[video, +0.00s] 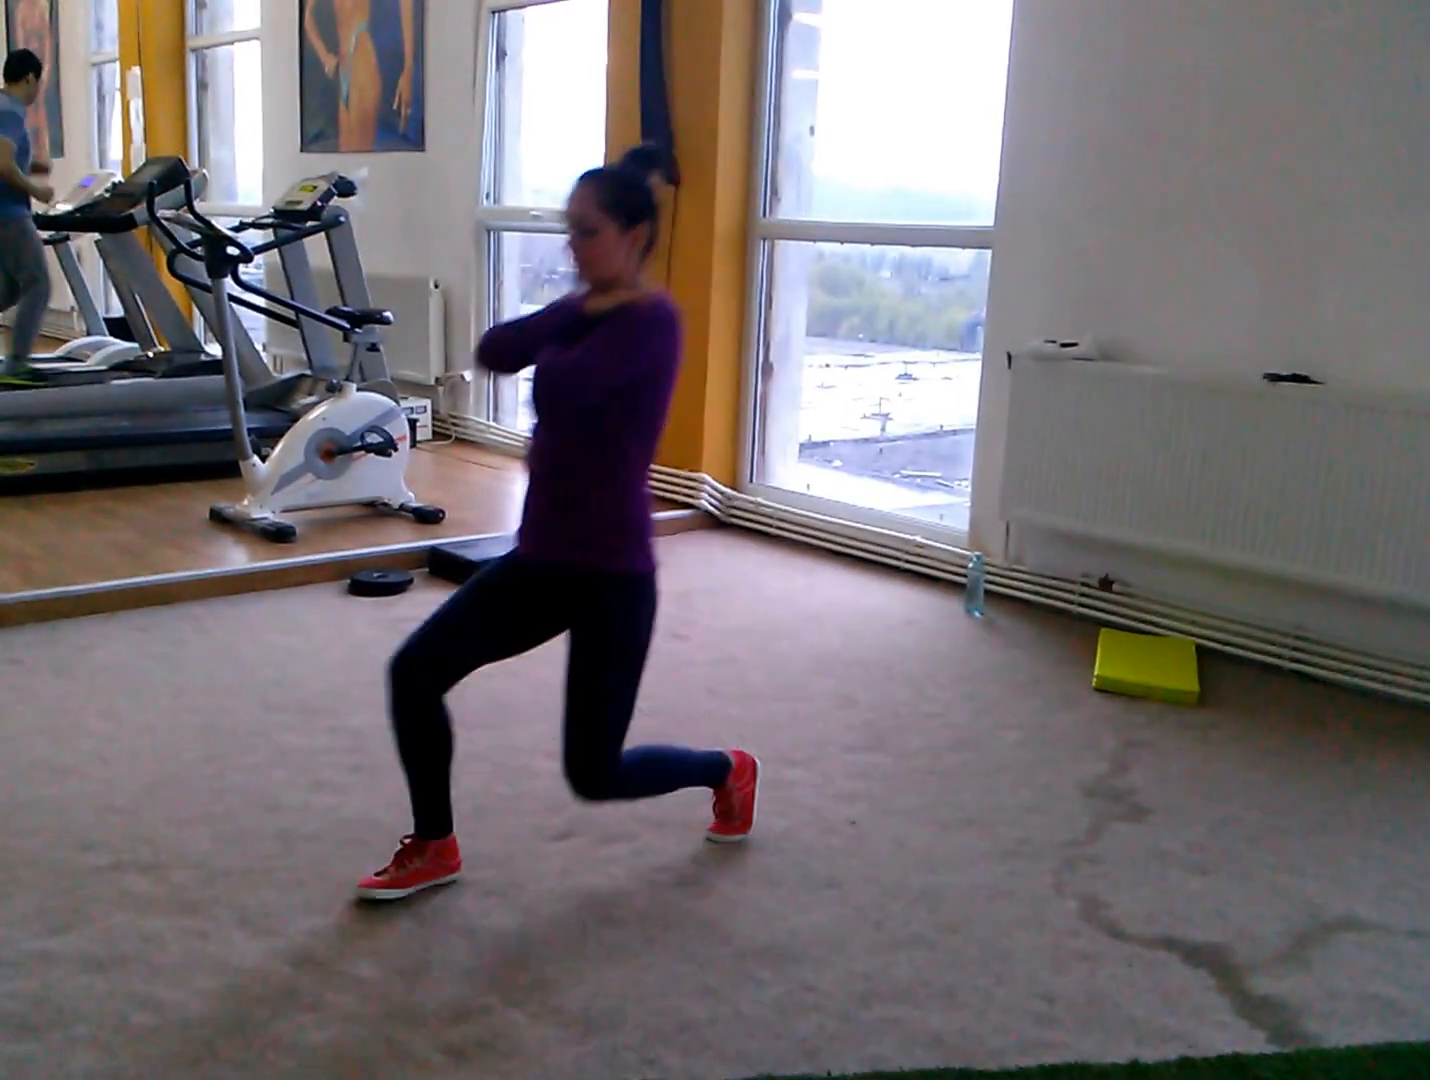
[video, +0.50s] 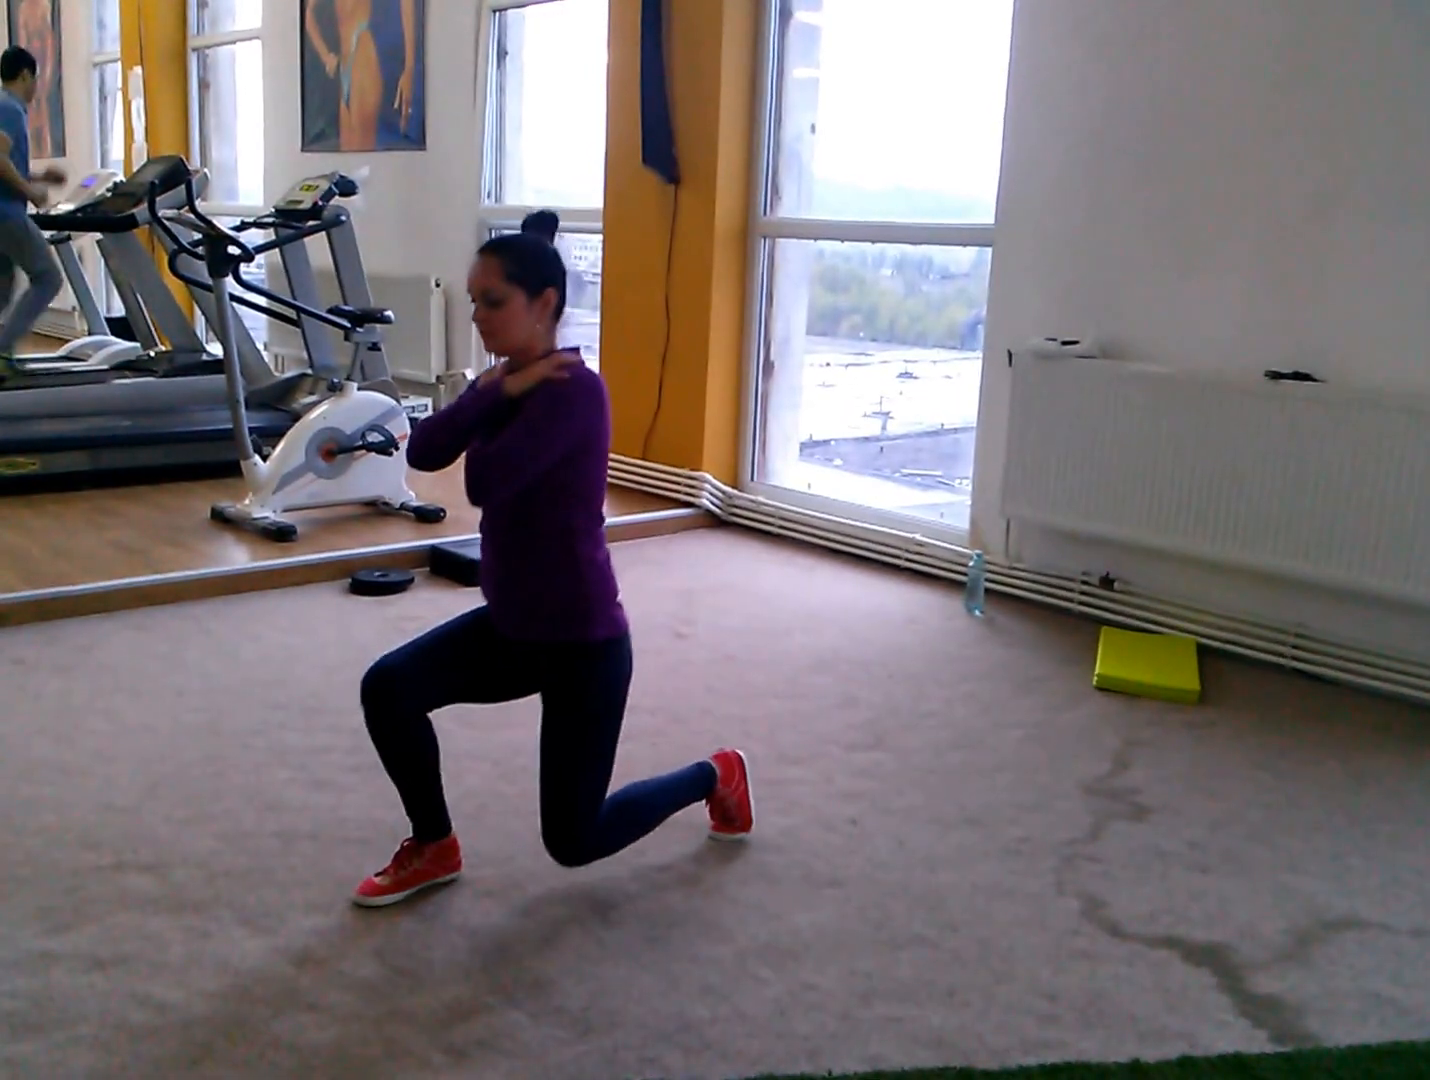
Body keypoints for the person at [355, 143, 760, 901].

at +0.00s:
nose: (572, 248)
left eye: (586, 233)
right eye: (569, 233)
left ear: (637, 237)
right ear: (605, 237)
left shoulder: (654, 322)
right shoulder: (582, 313)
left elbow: (573, 394)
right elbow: (492, 354)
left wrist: (538, 351)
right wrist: (582, 309)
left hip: (613, 577)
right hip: (540, 563)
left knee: (594, 774)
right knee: (415, 672)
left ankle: (727, 771)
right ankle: (433, 844)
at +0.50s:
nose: (478, 317)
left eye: (491, 301)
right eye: (475, 303)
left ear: (546, 304)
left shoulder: (576, 394)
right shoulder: (498, 386)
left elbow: (483, 486)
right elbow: (420, 453)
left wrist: (497, 401)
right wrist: (501, 386)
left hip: (584, 642)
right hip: (512, 628)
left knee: (572, 840)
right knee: (388, 689)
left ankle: (715, 777)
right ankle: (433, 844)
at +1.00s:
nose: (672, 164)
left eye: (688, 148)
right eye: (669, 150)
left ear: (739, 154)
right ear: (677, 157)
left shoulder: (760, 238)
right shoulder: (684, 237)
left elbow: (675, 304)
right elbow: (602, 268)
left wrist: (671, 242)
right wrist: (694, 226)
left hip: (731, 489)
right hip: (660, 481)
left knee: (689, 671)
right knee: (551, 606)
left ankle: (760, 780)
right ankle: (533, 778)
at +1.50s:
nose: (801, 198)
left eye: (817, 185)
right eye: (798, 184)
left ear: (861, 195)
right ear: (799, 190)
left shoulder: (878, 275)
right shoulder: (798, 263)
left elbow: (809, 347)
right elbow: (730, 309)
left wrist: (784, 280)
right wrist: (817, 262)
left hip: (868, 494)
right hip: (814, 491)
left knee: (767, 625)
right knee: (877, 612)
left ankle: (764, 785)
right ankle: (948, 676)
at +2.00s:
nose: (886, 311)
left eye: (900, 302)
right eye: (884, 298)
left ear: (944, 311)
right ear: (880, 296)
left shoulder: (948, 384)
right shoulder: (869, 346)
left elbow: (867, 444)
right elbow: (801, 382)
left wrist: (873, 362)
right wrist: (896, 365)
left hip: (887, 568)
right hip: (831, 555)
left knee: (771, 623)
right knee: (868, 691)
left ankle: (772, 787)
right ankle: (977, 678)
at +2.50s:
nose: (859, 345)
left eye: (873, 336)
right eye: (856, 331)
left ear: (917, 339)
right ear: (851, 325)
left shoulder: (929, 409)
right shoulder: (848, 379)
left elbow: (851, 467)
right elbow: (783, 420)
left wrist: (833, 408)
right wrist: (873, 393)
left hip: (886, 598)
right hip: (826, 588)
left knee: (769, 626)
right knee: (868, 714)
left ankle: (772, 785)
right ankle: (970, 678)